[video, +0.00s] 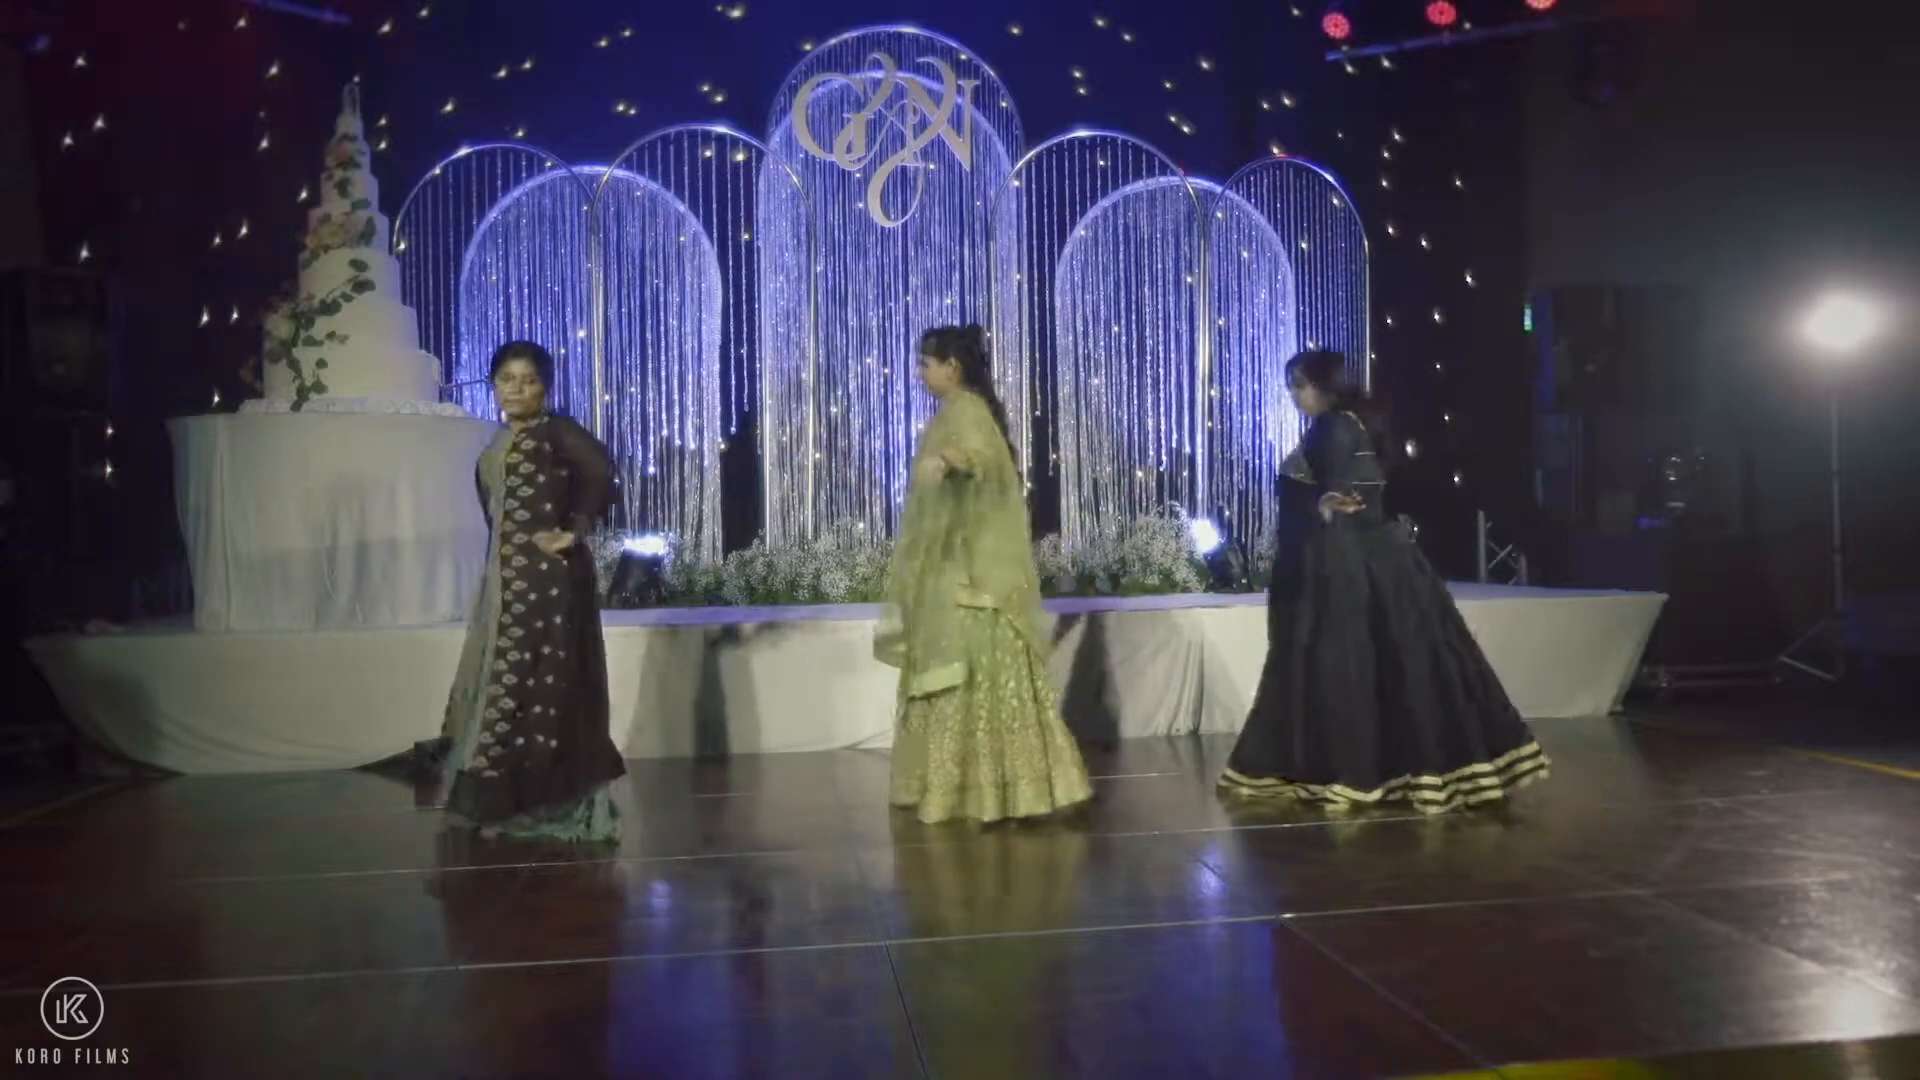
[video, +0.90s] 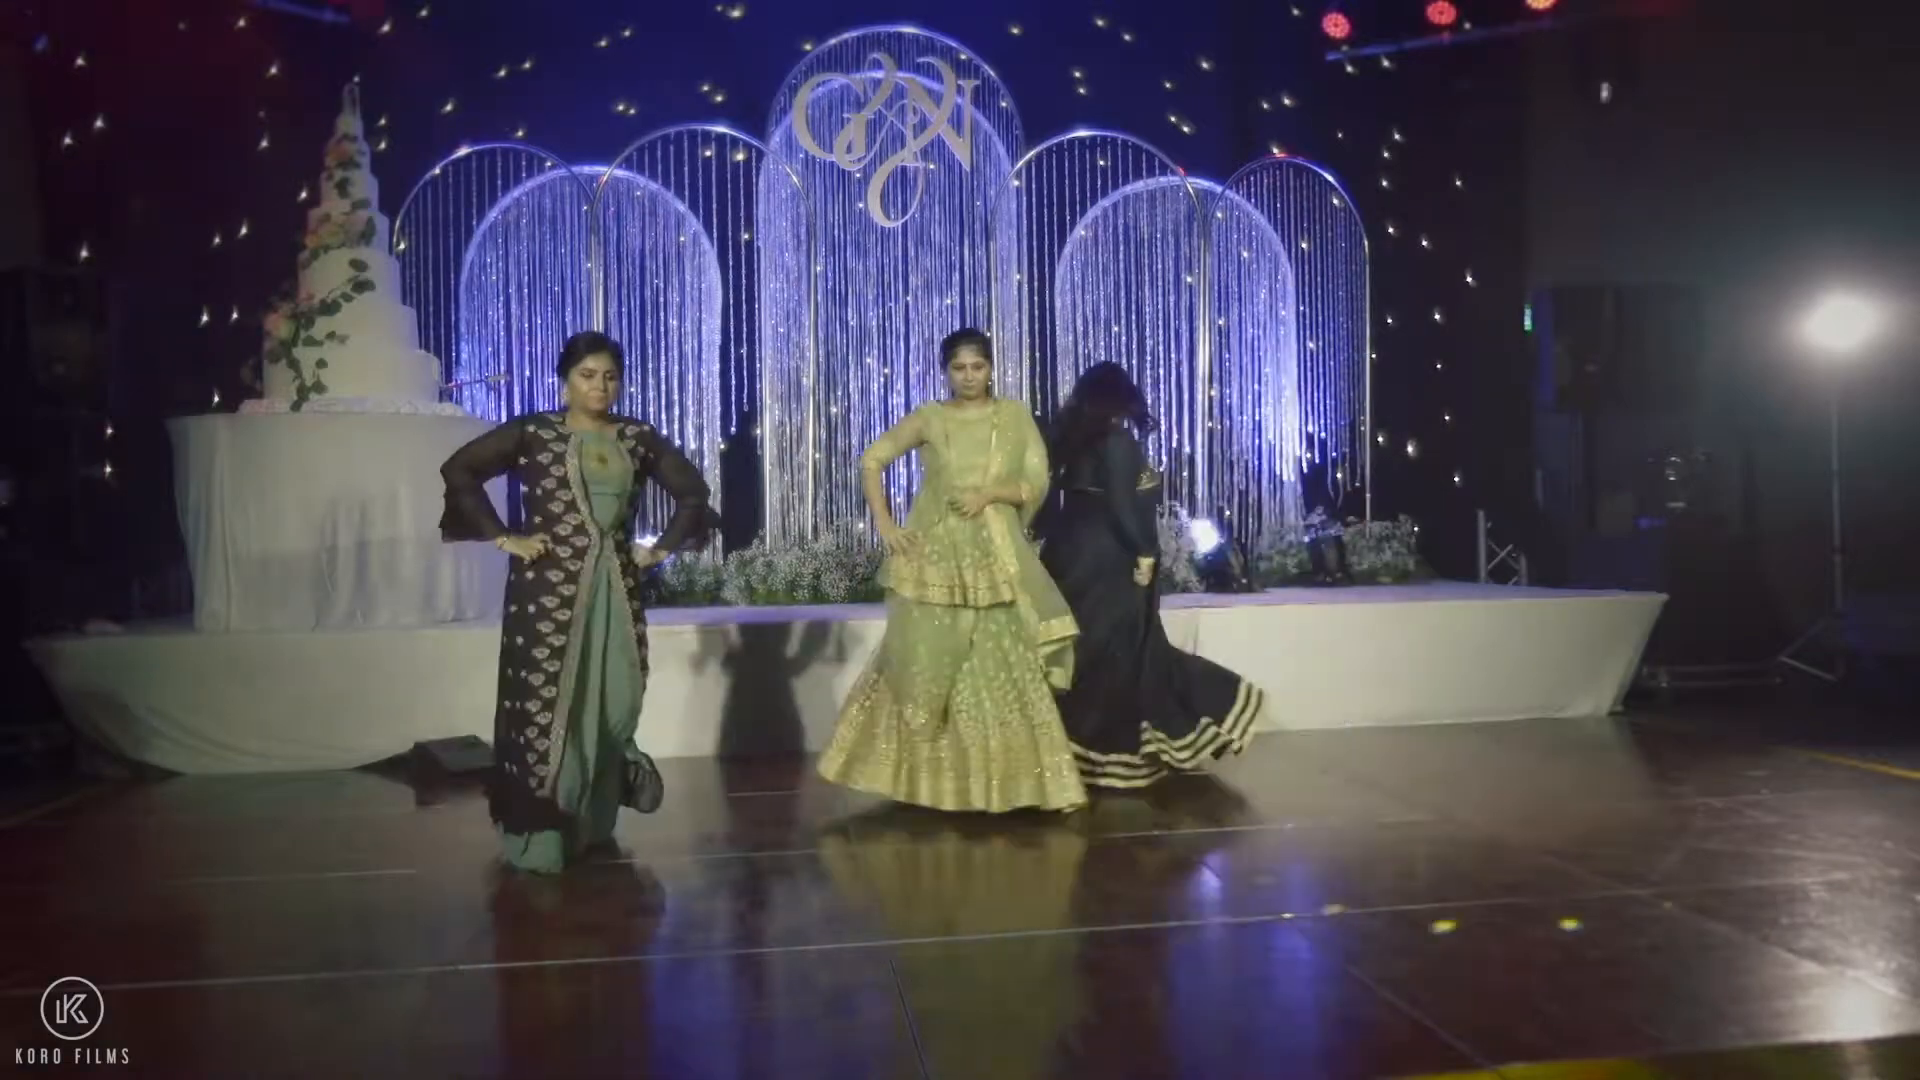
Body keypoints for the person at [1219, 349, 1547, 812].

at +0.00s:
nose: (1294, 398)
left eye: (1298, 387)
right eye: (1292, 388)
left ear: (1319, 386)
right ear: (1331, 385)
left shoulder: (1332, 428)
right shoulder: (1353, 426)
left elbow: (1327, 487)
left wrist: (1317, 499)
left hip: (1340, 566)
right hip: (1366, 560)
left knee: (1335, 669)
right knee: (1364, 667)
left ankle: (1346, 772)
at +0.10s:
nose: (1269, 393)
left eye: (1275, 383)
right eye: (1268, 384)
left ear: (1301, 383)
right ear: (1298, 387)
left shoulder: (1323, 424)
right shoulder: (1296, 429)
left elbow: (1338, 473)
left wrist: (1338, 500)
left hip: (1318, 562)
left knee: (1318, 666)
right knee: (1297, 666)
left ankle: (1333, 773)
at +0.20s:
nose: (1245, 388)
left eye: (1253, 379)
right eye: (1245, 380)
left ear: (1280, 381)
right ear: (1259, 386)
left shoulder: (1307, 426)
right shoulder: (1249, 437)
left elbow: (1327, 471)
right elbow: (1228, 498)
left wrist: (1333, 502)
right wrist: (1197, 539)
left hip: (1301, 559)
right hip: (1252, 560)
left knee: (1303, 663)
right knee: (1257, 662)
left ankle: (1321, 770)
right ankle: (1264, 767)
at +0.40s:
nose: (1205, 383)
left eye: (1216, 376)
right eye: (1202, 376)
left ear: (1241, 383)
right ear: (1198, 384)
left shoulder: (1276, 432)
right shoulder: (1182, 440)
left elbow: (1299, 488)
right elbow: (1159, 500)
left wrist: (1306, 532)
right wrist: (1141, 550)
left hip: (1264, 568)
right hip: (1197, 567)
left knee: (1271, 664)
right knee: (1199, 664)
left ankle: (1277, 768)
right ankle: (1207, 766)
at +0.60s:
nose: (1184, 388)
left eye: (1191, 381)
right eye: (1176, 380)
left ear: (1199, 389)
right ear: (1156, 386)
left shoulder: (1214, 439)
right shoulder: (1131, 436)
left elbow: (1232, 496)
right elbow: (1109, 496)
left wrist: (1246, 538)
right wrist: (1131, 549)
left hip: (1213, 569)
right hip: (1157, 570)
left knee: (1234, 664)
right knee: (1160, 670)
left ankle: (1238, 774)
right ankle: (1163, 774)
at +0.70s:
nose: (1180, 394)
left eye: (1179, 387)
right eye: (1173, 387)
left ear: (1168, 395)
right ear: (1148, 392)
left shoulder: (1177, 440)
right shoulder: (1120, 440)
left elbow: (1187, 501)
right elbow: (1106, 503)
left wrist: (1207, 545)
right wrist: (1133, 558)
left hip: (1180, 566)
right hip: (1129, 569)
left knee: (1211, 659)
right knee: (1125, 665)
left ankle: (1223, 770)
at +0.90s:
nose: (1131, 408)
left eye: (1128, 400)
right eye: (1129, 399)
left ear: (1085, 394)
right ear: (1121, 397)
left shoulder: (1066, 434)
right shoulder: (1117, 437)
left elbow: (1046, 493)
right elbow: (1122, 499)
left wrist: (1047, 537)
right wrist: (1145, 549)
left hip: (1065, 551)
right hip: (1105, 555)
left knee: (1070, 651)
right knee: (1110, 653)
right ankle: (1106, 756)